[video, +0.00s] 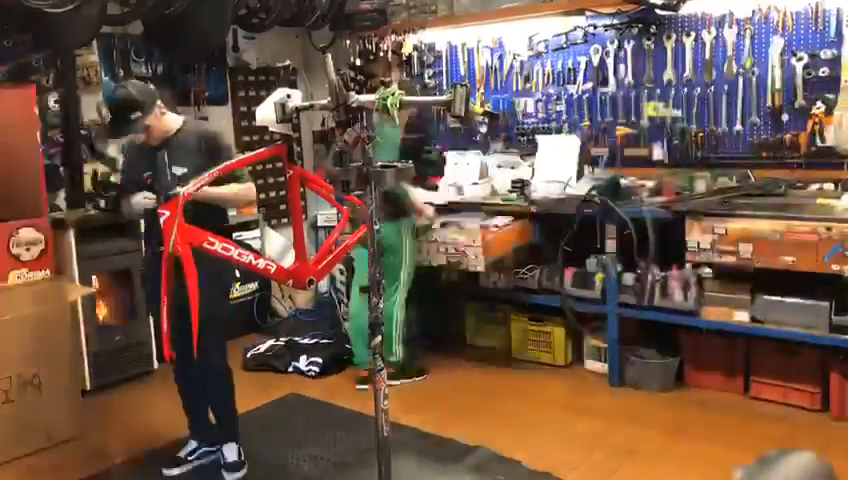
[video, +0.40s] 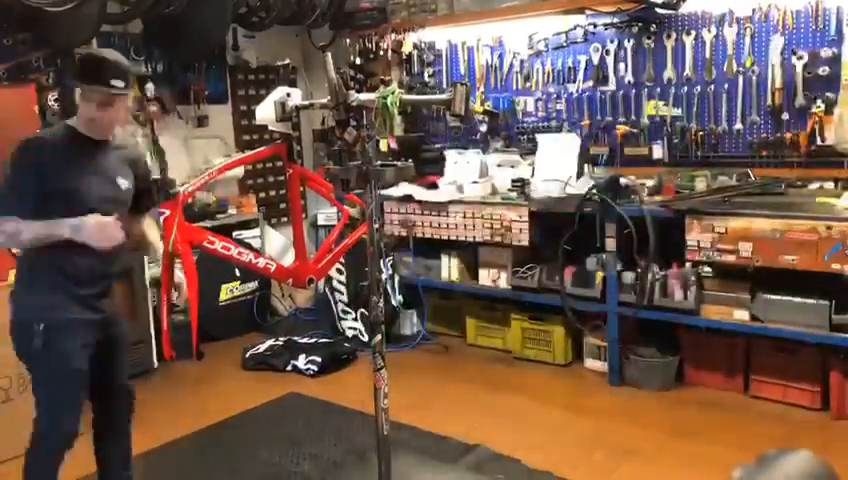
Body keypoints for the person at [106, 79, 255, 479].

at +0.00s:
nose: (138, 139)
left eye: (140, 130)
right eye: (132, 134)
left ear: (157, 110)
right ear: (127, 127)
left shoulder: (206, 141)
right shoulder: (137, 153)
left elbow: (248, 195)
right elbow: (122, 206)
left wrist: (201, 191)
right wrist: (137, 202)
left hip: (208, 262)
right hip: (164, 264)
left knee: (210, 351)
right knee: (180, 354)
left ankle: (229, 442)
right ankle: (202, 439)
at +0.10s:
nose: (96, 142)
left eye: (101, 132)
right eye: (85, 136)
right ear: (62, 123)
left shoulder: (136, 144)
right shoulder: (30, 166)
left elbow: (175, 202)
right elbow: (16, 241)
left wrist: (153, 204)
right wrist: (71, 231)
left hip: (140, 306)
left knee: (171, 403)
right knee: (99, 418)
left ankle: (178, 473)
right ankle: (113, 475)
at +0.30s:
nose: (143, 131)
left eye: (148, 123)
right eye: (141, 118)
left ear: (112, 103)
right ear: (111, 100)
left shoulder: (94, 160)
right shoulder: (53, 154)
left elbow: (101, 246)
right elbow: (50, 245)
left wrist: (144, 205)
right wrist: (132, 201)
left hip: (83, 313)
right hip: (54, 319)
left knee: (115, 407)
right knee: (94, 424)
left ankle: (113, 471)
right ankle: (93, 474)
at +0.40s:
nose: (97, 113)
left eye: (108, 103)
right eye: (88, 102)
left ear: (128, 102)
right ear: (75, 97)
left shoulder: (130, 159)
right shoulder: (38, 152)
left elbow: (135, 216)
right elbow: (8, 230)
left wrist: (150, 237)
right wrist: (75, 227)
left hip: (105, 309)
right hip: (49, 312)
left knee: (116, 410)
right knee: (58, 427)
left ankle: (116, 474)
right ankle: (37, 474)